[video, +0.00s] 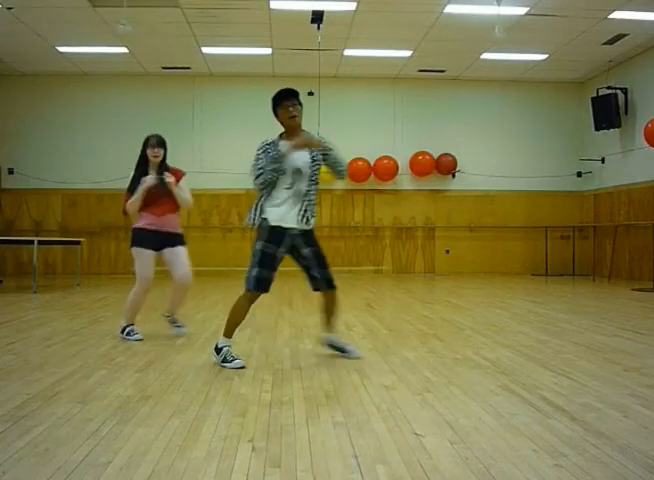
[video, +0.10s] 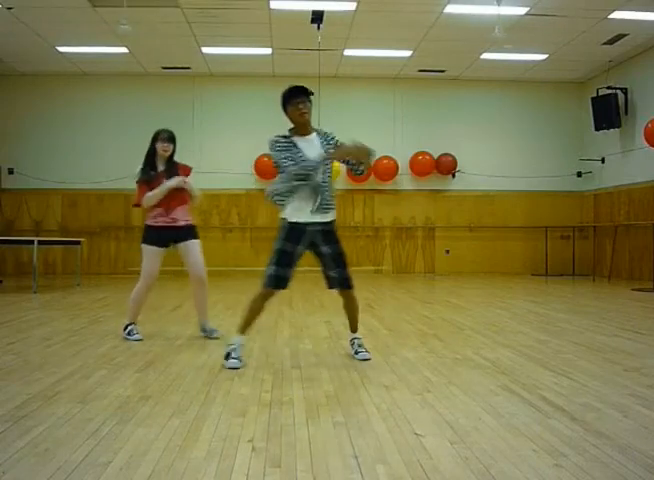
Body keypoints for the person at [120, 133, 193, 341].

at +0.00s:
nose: (155, 151)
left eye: (159, 147)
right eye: (151, 147)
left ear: (165, 151)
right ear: (145, 151)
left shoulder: (176, 175)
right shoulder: (139, 177)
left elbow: (187, 204)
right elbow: (130, 209)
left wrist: (174, 187)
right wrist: (143, 188)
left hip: (171, 231)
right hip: (145, 230)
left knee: (184, 277)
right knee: (144, 280)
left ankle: (171, 314)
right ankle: (128, 325)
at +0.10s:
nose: (166, 146)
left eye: (169, 142)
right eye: (162, 142)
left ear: (174, 146)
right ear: (154, 145)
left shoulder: (182, 170)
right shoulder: (146, 174)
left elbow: (195, 200)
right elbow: (146, 202)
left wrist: (188, 186)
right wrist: (169, 185)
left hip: (183, 226)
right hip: (156, 228)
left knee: (199, 275)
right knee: (148, 278)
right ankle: (130, 324)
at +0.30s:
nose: (186, 146)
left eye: (190, 142)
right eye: (182, 142)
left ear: (195, 146)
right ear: (175, 145)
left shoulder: (202, 172)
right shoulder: (166, 176)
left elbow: (216, 197)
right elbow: (163, 207)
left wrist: (216, 212)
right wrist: (196, 216)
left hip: (209, 226)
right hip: (183, 230)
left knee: (217, 276)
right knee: (181, 279)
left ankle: (217, 327)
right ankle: (152, 320)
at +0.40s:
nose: (195, 144)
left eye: (198, 140)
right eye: (190, 141)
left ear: (203, 143)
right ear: (183, 144)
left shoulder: (210, 170)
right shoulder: (173, 172)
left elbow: (225, 197)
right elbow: (163, 205)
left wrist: (214, 216)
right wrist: (181, 219)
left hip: (213, 225)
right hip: (188, 228)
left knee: (220, 277)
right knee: (198, 278)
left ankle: (217, 326)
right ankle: (179, 324)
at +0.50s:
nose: (201, 147)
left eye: (205, 143)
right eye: (197, 143)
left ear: (210, 146)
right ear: (190, 147)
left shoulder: (218, 172)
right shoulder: (180, 174)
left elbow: (230, 200)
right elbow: (168, 205)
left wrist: (204, 209)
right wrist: (187, 209)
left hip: (218, 228)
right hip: (193, 229)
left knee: (225, 278)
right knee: (204, 278)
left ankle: (217, 326)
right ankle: (191, 328)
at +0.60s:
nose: (208, 151)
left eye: (212, 147)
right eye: (204, 147)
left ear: (216, 149)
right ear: (197, 150)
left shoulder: (223, 172)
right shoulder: (188, 175)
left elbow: (232, 200)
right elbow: (173, 208)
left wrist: (209, 189)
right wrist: (178, 192)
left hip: (222, 228)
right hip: (197, 229)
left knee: (236, 277)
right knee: (203, 279)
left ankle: (225, 325)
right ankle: (191, 328)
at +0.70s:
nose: (216, 148)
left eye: (219, 144)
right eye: (212, 144)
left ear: (224, 147)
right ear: (204, 147)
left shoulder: (232, 170)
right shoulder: (197, 175)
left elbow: (244, 197)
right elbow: (186, 206)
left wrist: (230, 178)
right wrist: (196, 183)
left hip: (231, 227)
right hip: (205, 228)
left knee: (249, 276)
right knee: (205, 280)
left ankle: (251, 323)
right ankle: (192, 328)